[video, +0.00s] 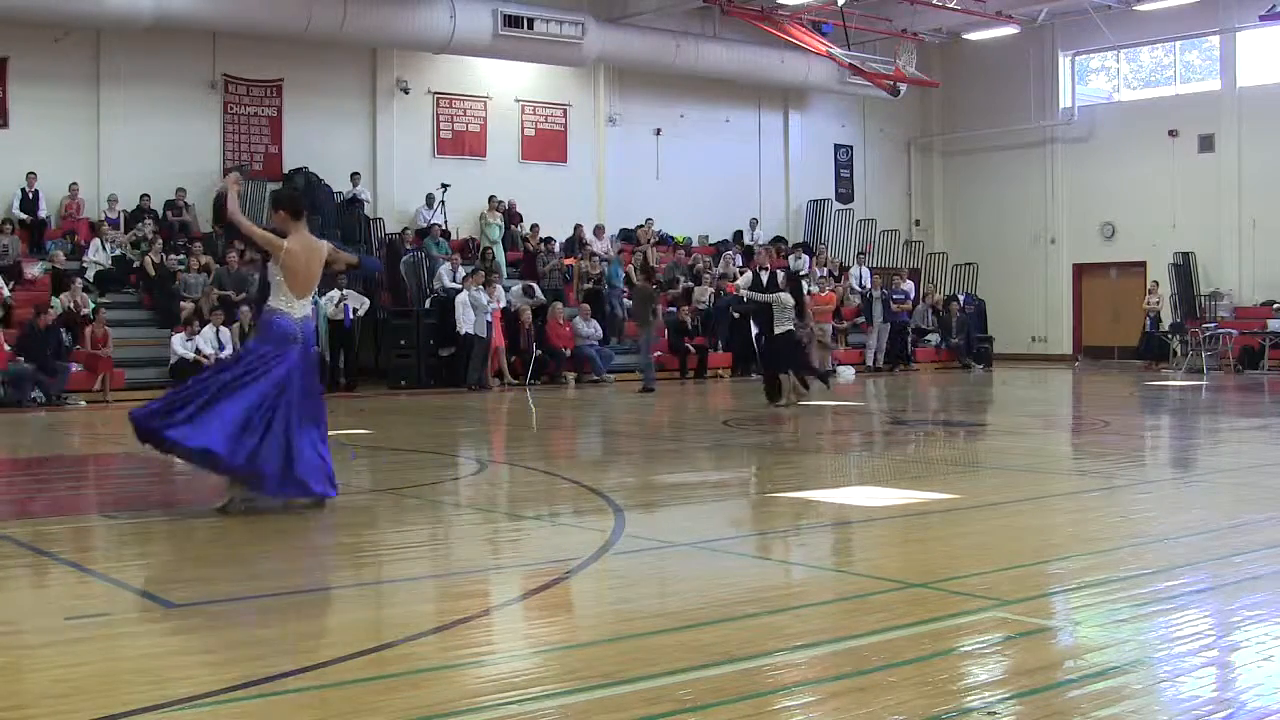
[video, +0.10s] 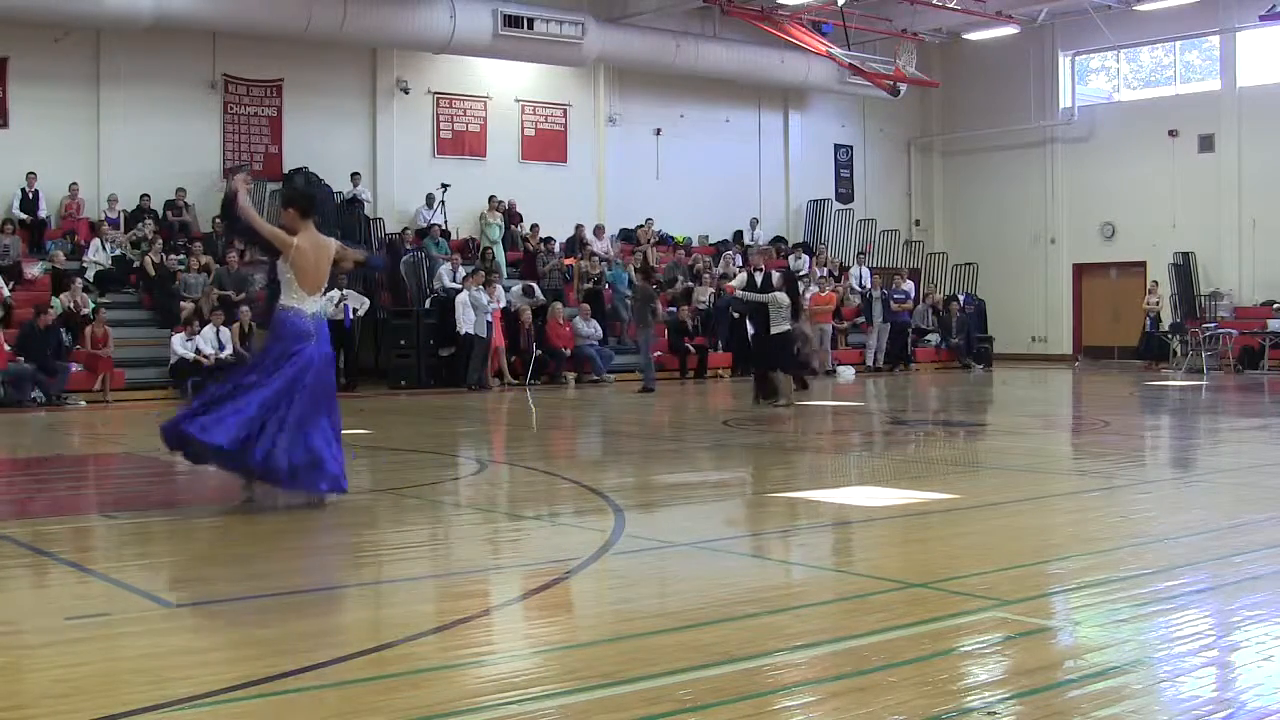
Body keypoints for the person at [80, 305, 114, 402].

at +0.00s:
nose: (105, 315)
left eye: (105, 313)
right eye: (103, 313)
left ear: (105, 315)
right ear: (96, 315)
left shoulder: (107, 330)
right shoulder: (89, 330)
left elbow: (110, 347)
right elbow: (88, 349)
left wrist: (106, 351)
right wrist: (99, 352)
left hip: (103, 354)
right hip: (92, 356)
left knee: (107, 360)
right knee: (106, 365)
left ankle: (98, 381)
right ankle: (107, 393)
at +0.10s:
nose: (105, 315)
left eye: (105, 313)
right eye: (103, 313)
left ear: (105, 315)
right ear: (96, 315)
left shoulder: (108, 330)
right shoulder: (89, 329)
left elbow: (110, 347)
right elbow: (88, 349)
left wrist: (106, 351)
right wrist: (100, 352)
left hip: (103, 355)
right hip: (92, 356)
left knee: (106, 360)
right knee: (106, 365)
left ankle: (98, 381)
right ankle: (107, 394)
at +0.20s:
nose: (105, 315)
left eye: (106, 312)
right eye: (103, 313)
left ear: (106, 314)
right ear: (96, 315)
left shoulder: (108, 330)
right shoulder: (89, 329)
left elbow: (111, 347)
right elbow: (88, 349)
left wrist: (103, 352)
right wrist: (100, 352)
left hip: (103, 355)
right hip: (92, 356)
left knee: (106, 360)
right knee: (106, 365)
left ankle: (98, 382)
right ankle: (107, 395)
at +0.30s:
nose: (105, 315)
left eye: (105, 312)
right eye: (103, 313)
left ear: (105, 314)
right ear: (96, 315)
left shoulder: (108, 330)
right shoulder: (89, 329)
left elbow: (111, 347)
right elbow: (88, 348)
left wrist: (103, 352)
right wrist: (101, 352)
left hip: (103, 355)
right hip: (92, 356)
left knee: (106, 360)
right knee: (106, 365)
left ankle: (98, 382)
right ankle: (107, 394)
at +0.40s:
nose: (105, 315)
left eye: (105, 312)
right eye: (103, 313)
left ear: (105, 314)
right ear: (96, 315)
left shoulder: (108, 330)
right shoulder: (89, 329)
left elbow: (111, 347)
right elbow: (88, 348)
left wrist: (104, 352)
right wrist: (100, 352)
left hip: (103, 355)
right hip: (92, 356)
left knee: (106, 360)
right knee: (106, 365)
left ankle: (98, 382)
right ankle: (107, 394)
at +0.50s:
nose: (105, 315)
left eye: (106, 312)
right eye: (103, 313)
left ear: (106, 314)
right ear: (96, 315)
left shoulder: (108, 330)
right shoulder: (89, 329)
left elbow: (111, 347)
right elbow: (88, 348)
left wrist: (103, 352)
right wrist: (100, 352)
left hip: (103, 355)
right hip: (92, 356)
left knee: (106, 360)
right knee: (106, 365)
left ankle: (98, 382)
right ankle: (107, 394)